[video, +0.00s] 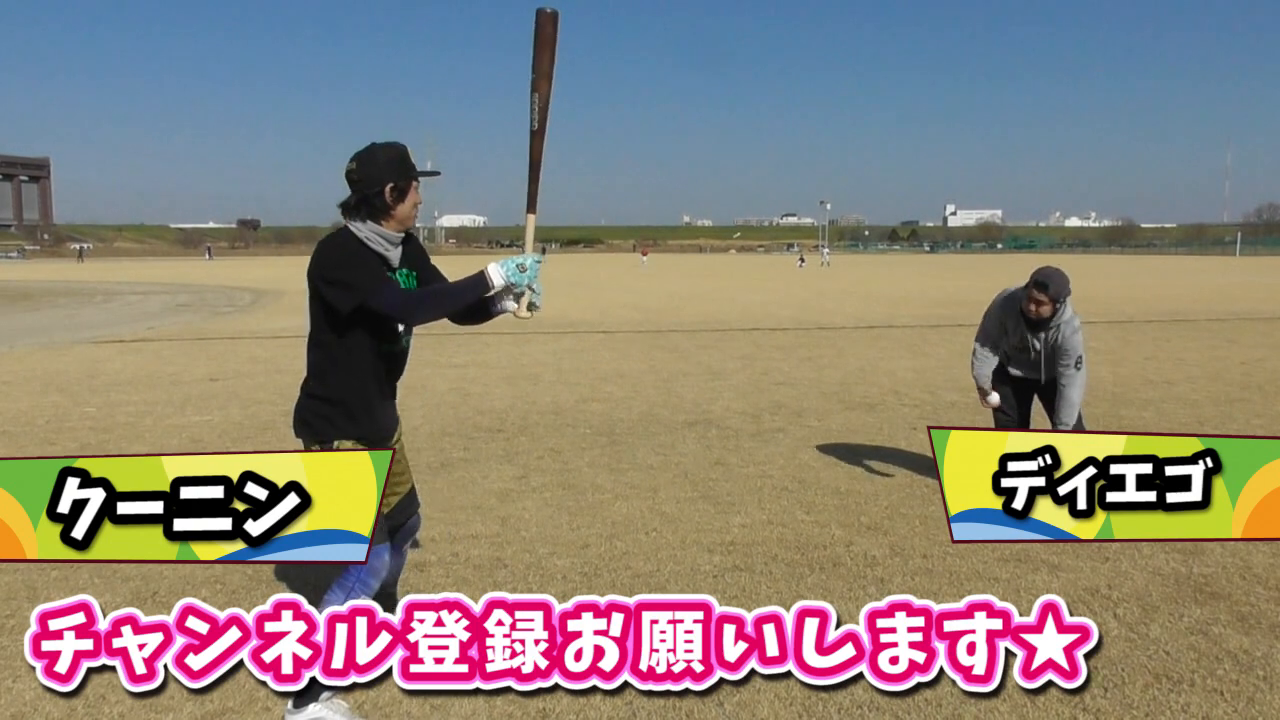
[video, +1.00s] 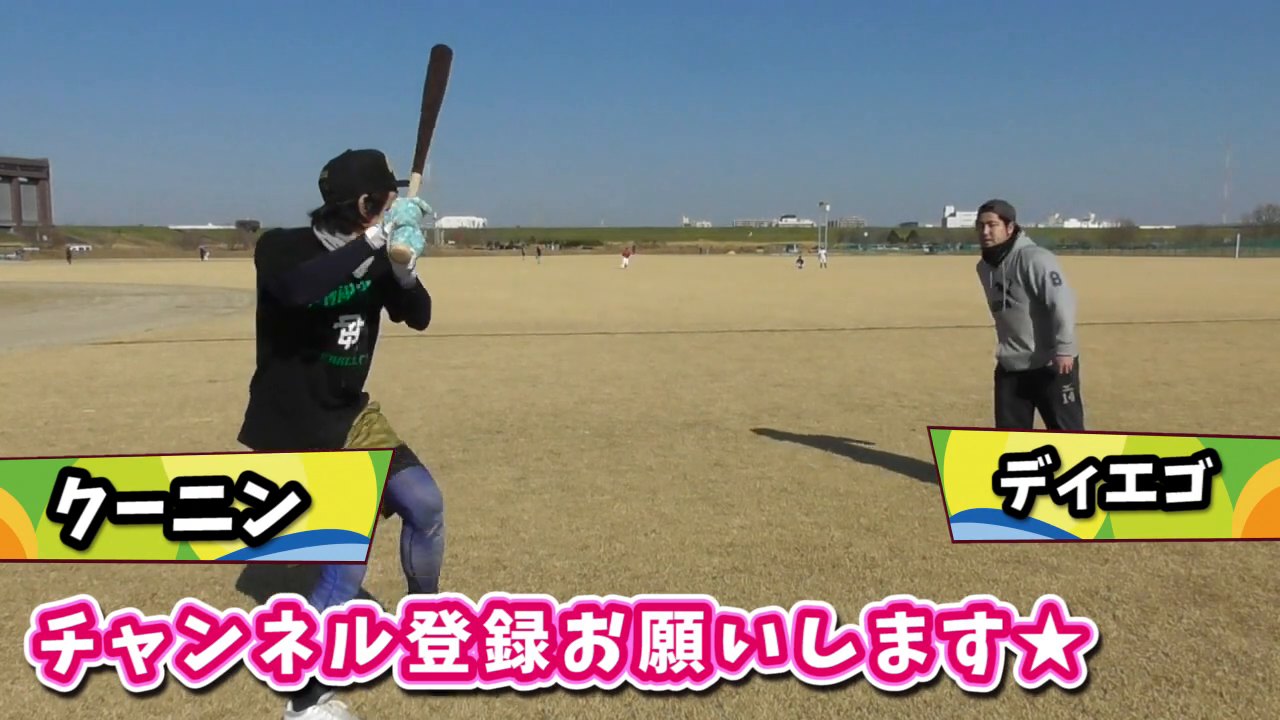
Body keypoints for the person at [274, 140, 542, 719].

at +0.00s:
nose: (419, 197)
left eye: (417, 189)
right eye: (414, 189)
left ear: (387, 195)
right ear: (391, 195)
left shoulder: (405, 247)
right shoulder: (340, 254)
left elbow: (453, 308)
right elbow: (403, 307)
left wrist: (501, 299)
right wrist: (487, 279)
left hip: (377, 422)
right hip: (336, 427)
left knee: (403, 524)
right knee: (372, 558)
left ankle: (368, 632)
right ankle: (311, 690)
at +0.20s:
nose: (424, 207)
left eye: (423, 198)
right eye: (420, 198)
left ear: (392, 203)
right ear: (397, 202)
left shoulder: (407, 253)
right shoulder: (345, 255)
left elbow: (465, 309)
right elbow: (412, 301)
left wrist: (509, 294)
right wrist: (495, 269)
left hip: (373, 425)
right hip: (334, 431)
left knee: (407, 523)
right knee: (372, 558)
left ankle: (360, 627)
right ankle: (311, 691)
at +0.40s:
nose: (424, 208)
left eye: (422, 199)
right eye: (419, 199)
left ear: (393, 205)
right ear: (397, 204)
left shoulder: (409, 257)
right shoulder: (343, 253)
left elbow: (465, 309)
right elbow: (406, 292)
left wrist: (509, 286)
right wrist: (494, 259)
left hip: (370, 426)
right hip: (325, 430)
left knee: (401, 528)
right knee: (367, 557)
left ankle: (366, 631)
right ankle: (310, 690)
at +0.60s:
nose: (417, 217)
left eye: (414, 206)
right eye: (411, 206)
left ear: (380, 210)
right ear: (387, 208)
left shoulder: (396, 267)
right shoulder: (325, 256)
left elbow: (458, 313)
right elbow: (391, 291)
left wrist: (492, 280)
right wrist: (473, 249)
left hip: (361, 438)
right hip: (316, 442)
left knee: (396, 528)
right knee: (368, 566)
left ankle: (366, 635)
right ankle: (308, 693)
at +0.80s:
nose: (403, 210)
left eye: (403, 201)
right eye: (398, 201)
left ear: (361, 205)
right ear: (373, 204)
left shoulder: (389, 258)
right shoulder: (298, 248)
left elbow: (437, 313)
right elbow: (344, 282)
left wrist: (451, 269)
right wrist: (424, 235)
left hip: (352, 431)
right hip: (297, 441)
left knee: (425, 525)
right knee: (353, 568)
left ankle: (394, 605)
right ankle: (307, 697)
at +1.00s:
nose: (388, 209)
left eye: (389, 203)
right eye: (386, 202)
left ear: (350, 203)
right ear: (366, 204)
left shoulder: (373, 256)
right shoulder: (281, 246)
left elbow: (417, 316)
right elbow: (294, 290)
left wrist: (403, 267)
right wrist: (370, 242)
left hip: (352, 419)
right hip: (291, 431)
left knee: (425, 504)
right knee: (346, 566)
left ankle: (425, 618)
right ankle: (306, 697)